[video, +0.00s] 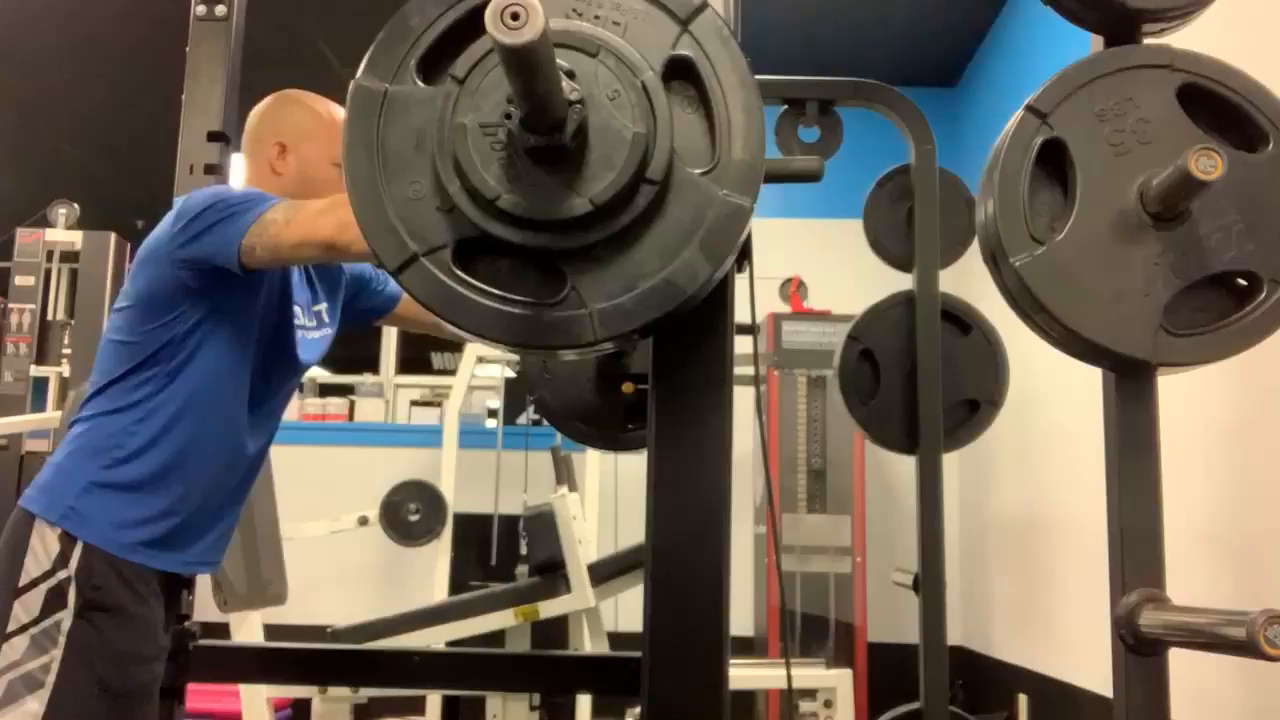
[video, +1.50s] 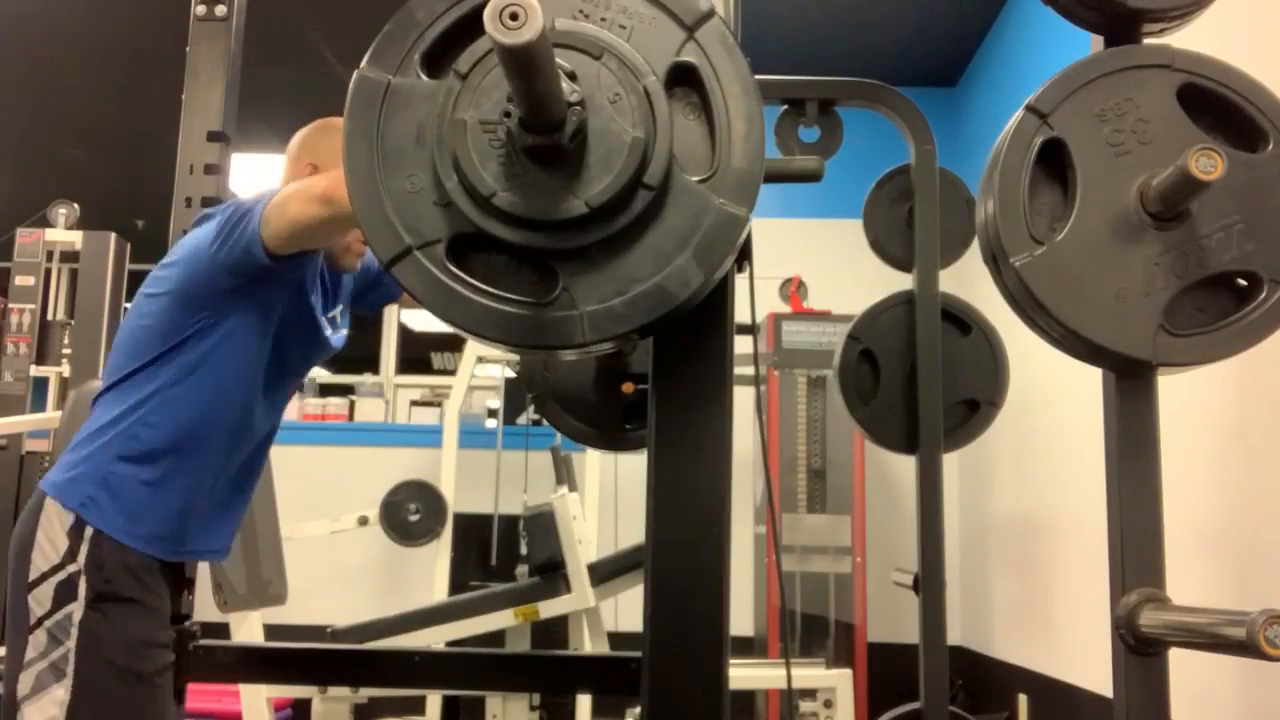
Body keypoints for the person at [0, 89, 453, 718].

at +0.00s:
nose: (349, 185)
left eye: (351, 167)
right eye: (339, 163)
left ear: (287, 159)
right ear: (281, 157)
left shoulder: (332, 272)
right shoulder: (206, 218)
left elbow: (444, 306)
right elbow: (346, 226)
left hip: (164, 569)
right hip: (85, 551)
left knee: (141, 705)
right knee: (59, 710)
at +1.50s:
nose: (375, 223)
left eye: (378, 202)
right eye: (361, 193)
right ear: (315, 184)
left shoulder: (334, 281)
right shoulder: (232, 241)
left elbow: (429, 262)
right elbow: (324, 197)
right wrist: (420, 168)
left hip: (160, 556)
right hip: (95, 545)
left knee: (148, 708)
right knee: (94, 711)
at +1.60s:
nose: (384, 248)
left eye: (389, 227)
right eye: (373, 222)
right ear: (329, 205)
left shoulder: (335, 291)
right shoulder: (232, 249)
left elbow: (439, 262)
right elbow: (327, 204)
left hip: (158, 559)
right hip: (89, 546)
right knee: (143, 707)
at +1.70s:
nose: (406, 305)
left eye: (420, 293)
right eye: (406, 279)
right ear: (362, 245)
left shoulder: (329, 318)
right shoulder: (241, 265)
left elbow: (431, 304)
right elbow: (324, 229)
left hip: (158, 565)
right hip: (91, 552)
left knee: (32, 706)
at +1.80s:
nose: (427, 371)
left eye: (441, 359)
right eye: (434, 348)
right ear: (392, 285)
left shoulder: (331, 358)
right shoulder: (270, 297)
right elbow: (332, 251)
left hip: (154, 577)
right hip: (96, 565)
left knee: (34, 711)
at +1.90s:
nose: (456, 428)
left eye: (476, 419)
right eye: (472, 406)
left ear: (448, 345)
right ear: (448, 342)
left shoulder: (370, 386)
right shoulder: (338, 336)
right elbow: (333, 287)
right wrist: (447, 238)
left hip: (144, 573)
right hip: (117, 571)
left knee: (41, 713)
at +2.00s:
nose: (511, 461)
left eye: (531, 451)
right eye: (528, 439)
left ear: (501, 371)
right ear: (506, 379)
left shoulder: (426, 398)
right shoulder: (402, 359)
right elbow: (346, 307)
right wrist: (463, 237)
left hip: (173, 571)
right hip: (153, 568)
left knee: (63, 711)